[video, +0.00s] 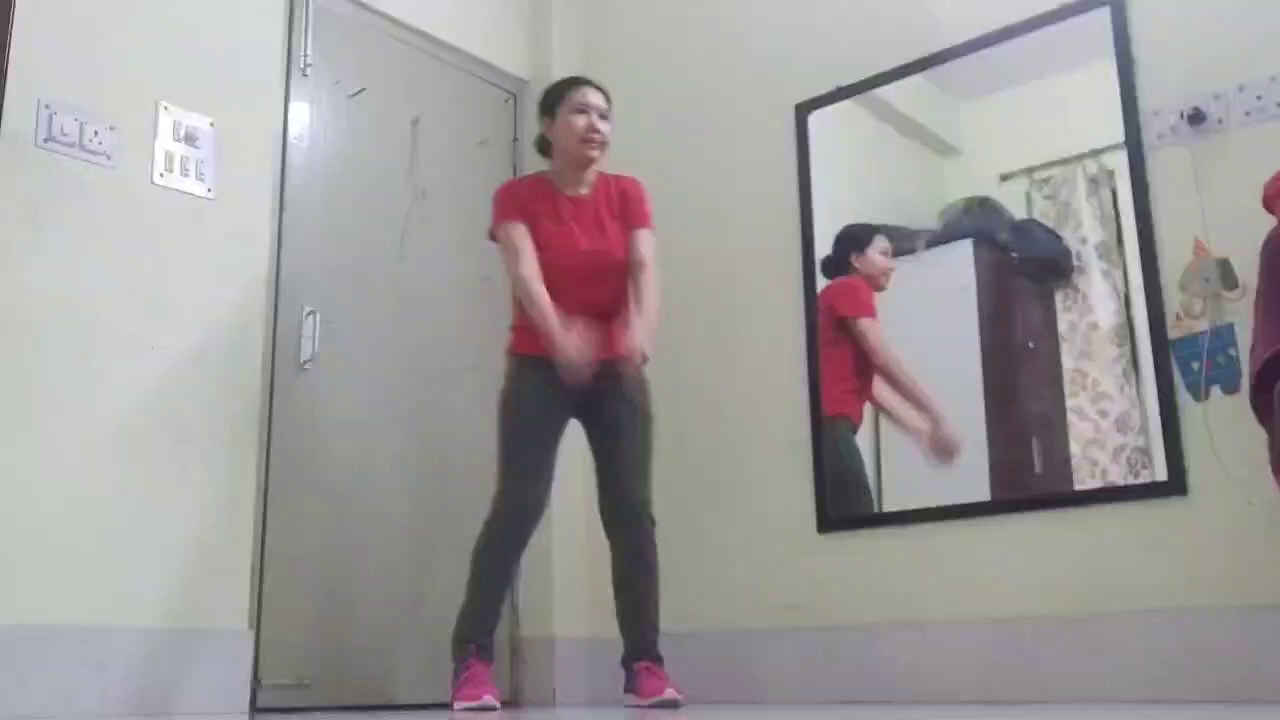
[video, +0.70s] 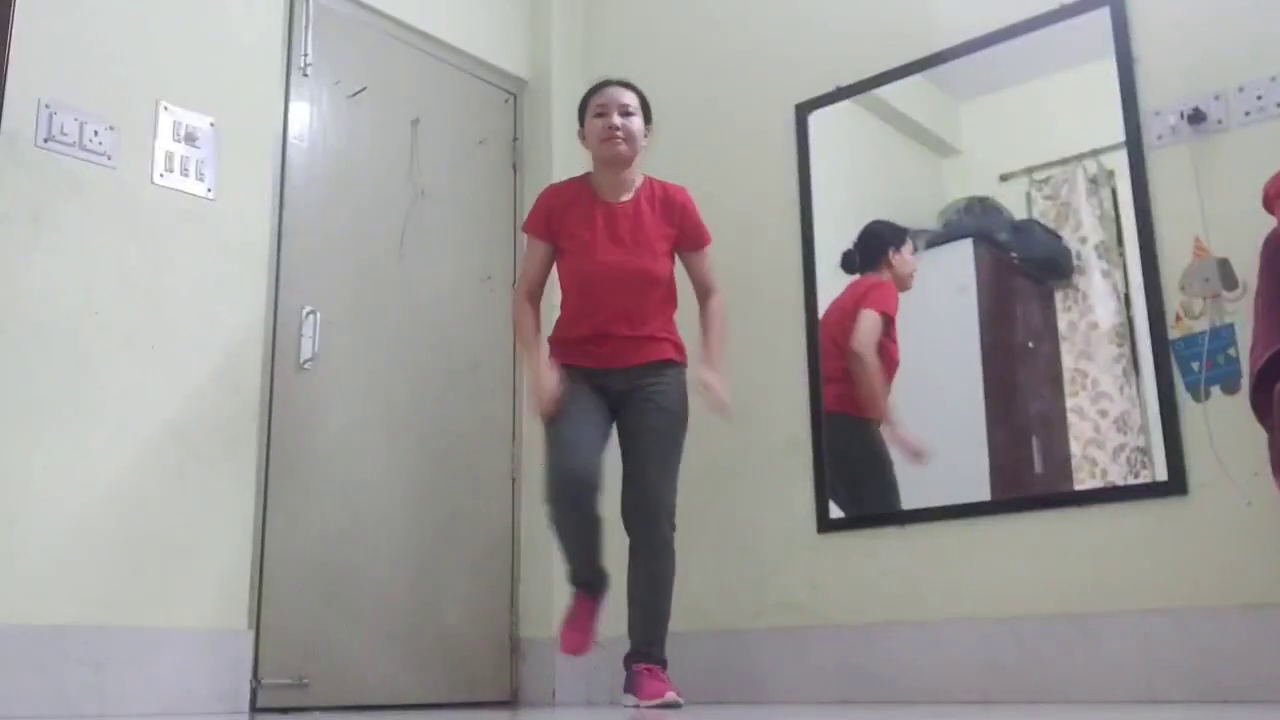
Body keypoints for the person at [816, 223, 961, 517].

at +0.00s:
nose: (892, 265)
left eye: (892, 256)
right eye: (884, 254)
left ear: (859, 261)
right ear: (856, 260)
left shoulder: (837, 297)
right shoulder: (849, 289)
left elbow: (874, 388)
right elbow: (882, 358)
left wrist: (926, 433)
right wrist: (937, 418)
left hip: (830, 426)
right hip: (829, 426)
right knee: (860, 524)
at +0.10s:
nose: (896, 263)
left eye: (896, 254)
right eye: (889, 252)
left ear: (864, 259)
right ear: (862, 258)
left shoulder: (839, 295)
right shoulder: (857, 287)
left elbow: (869, 393)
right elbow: (877, 363)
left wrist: (896, 455)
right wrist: (915, 432)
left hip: (831, 427)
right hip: (830, 427)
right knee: (859, 523)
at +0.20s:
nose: (903, 258)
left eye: (902, 250)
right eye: (896, 248)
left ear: (872, 254)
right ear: (869, 252)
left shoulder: (847, 285)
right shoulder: (865, 282)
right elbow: (857, 358)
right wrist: (868, 427)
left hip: (830, 423)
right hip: (840, 424)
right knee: (870, 521)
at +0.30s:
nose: (909, 255)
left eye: (907, 245)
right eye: (902, 244)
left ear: (879, 250)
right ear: (878, 249)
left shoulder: (851, 282)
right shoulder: (871, 278)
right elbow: (837, 330)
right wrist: (825, 412)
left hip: (841, 421)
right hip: (843, 423)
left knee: (889, 521)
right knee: (868, 524)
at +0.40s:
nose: (911, 255)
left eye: (909, 246)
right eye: (905, 245)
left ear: (882, 250)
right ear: (882, 250)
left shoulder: (856, 282)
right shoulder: (873, 279)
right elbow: (831, 311)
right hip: (845, 416)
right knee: (870, 520)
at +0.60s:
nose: (915, 261)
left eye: (914, 251)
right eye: (910, 250)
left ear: (886, 255)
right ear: (889, 254)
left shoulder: (854, 289)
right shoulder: (880, 286)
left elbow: (821, 336)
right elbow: (841, 327)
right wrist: (831, 397)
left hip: (832, 422)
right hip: (853, 422)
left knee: (875, 528)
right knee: (886, 526)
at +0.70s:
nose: (915, 264)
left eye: (913, 254)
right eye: (910, 253)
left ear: (867, 260)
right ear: (891, 257)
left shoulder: (848, 295)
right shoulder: (881, 288)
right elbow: (861, 348)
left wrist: (898, 434)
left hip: (824, 427)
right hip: (848, 427)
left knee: (871, 530)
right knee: (885, 528)